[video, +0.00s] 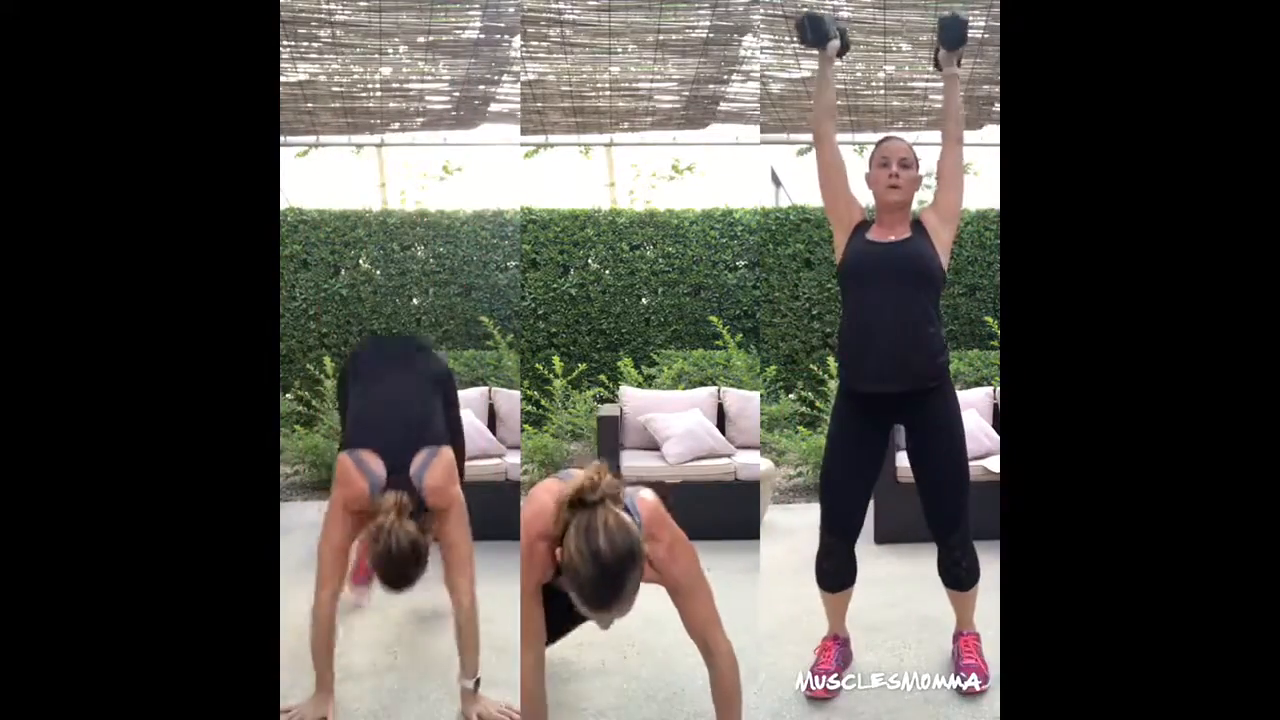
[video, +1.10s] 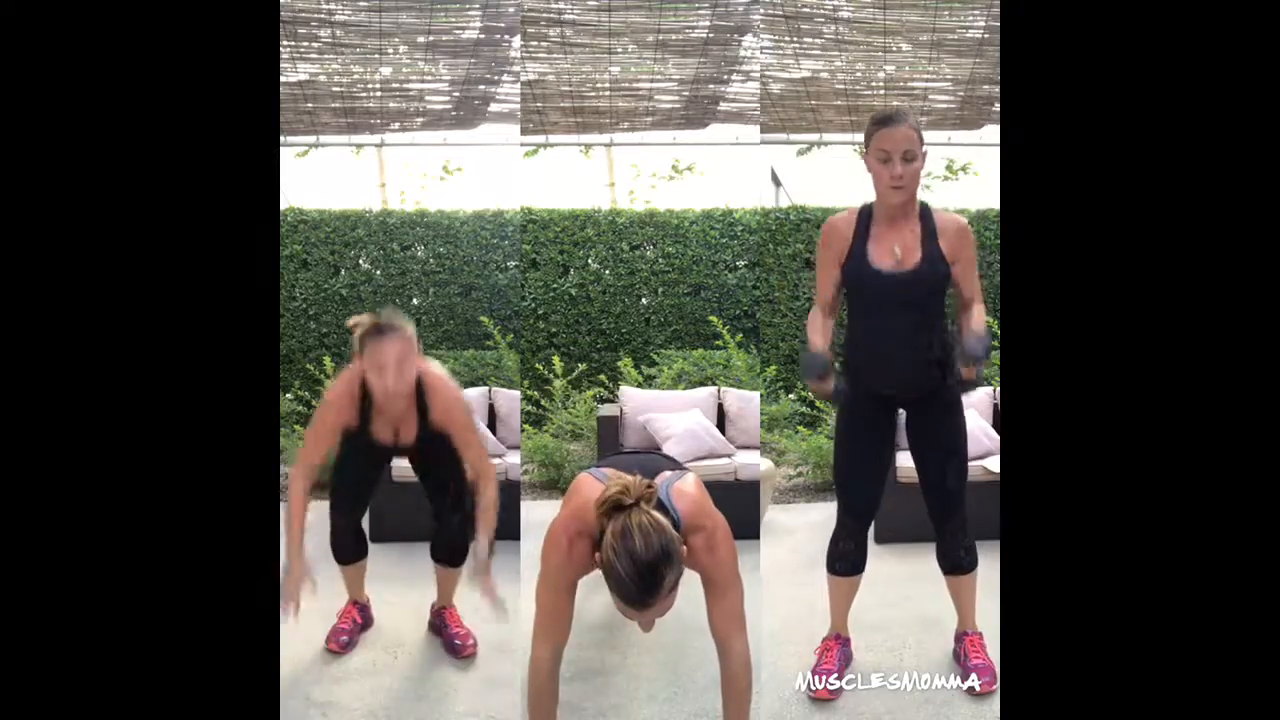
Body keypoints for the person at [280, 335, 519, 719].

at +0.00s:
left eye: (404, 582)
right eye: (386, 578)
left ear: (427, 534)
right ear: (370, 536)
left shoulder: (445, 489)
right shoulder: (350, 489)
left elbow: (463, 593)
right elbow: (327, 593)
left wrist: (470, 689)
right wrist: (323, 692)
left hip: (427, 361)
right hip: (363, 361)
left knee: (451, 482)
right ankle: (362, 543)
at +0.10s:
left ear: (425, 543)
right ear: (360, 544)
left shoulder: (449, 499)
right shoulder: (344, 498)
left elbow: (473, 603)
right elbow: (317, 600)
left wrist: (471, 693)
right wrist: (323, 695)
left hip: (428, 391)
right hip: (361, 397)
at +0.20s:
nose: (395, 602)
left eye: (404, 595)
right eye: (386, 597)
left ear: (422, 542)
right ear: (356, 546)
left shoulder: (449, 497)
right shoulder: (341, 497)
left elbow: (474, 602)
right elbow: (316, 605)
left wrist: (472, 691)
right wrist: (322, 693)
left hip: (435, 433)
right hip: (365, 433)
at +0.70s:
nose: (388, 573)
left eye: (396, 569)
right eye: (379, 568)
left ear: (417, 528)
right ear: (361, 523)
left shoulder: (439, 485)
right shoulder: (348, 480)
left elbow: (461, 598)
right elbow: (332, 595)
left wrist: (471, 690)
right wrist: (323, 693)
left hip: (434, 385)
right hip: (366, 384)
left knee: (456, 501)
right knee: (335, 500)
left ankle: (445, 554)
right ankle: (357, 551)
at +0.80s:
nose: (392, 558)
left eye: (397, 550)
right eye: (381, 553)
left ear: (413, 513)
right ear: (360, 522)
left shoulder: (437, 481)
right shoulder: (345, 476)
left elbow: (462, 598)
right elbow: (324, 594)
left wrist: (472, 690)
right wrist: (321, 691)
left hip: (434, 405)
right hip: (366, 404)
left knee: (463, 521)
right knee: (334, 506)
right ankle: (353, 603)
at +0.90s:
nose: (385, 506)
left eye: (393, 493)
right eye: (374, 494)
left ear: (409, 473)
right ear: (357, 477)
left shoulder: (433, 453)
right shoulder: (339, 463)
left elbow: (467, 575)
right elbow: (315, 571)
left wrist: (479, 676)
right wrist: (307, 676)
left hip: (430, 428)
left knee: (461, 527)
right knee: (336, 527)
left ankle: (445, 610)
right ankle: (357, 606)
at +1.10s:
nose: (392, 380)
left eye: (401, 367)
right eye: (379, 369)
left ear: (416, 360)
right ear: (361, 366)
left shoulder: (438, 387)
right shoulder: (345, 390)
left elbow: (484, 468)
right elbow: (302, 472)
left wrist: (484, 552)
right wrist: (294, 561)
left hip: (428, 439)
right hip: (367, 438)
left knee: (455, 515)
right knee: (343, 516)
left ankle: (444, 609)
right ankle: (358, 605)